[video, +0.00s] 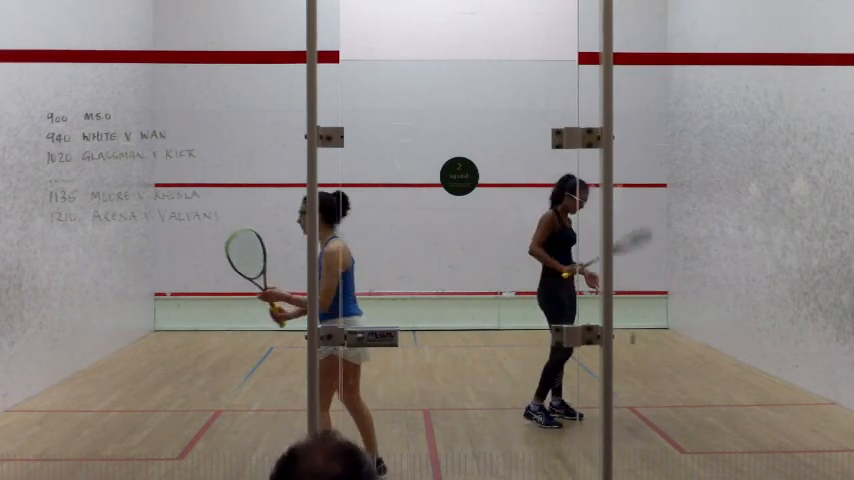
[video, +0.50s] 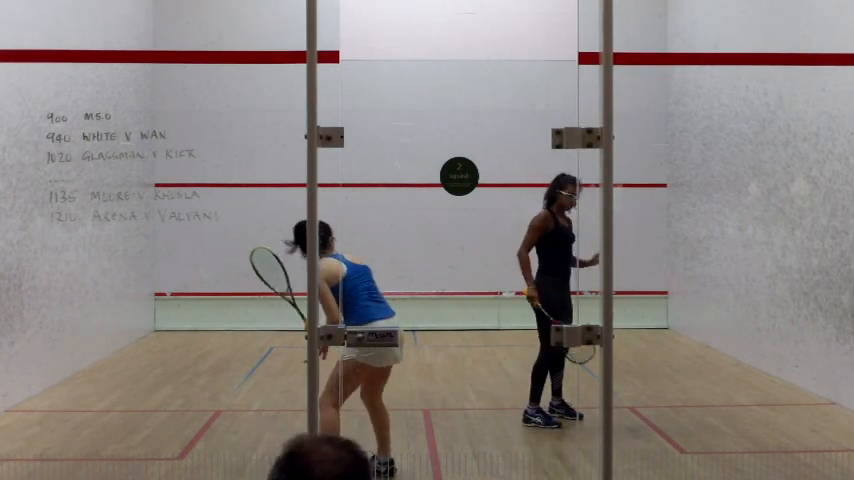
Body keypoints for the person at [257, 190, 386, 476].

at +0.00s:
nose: (299, 220)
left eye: (303, 214)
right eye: (300, 214)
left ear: (318, 217)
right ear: (327, 218)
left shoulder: (332, 251)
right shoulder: (335, 249)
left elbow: (322, 302)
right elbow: (319, 300)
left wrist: (283, 296)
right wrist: (289, 314)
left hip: (335, 334)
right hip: (351, 331)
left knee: (320, 403)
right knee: (351, 396)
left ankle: (325, 463)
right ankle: (374, 459)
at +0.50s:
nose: (304, 256)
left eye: (304, 250)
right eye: (334, 238)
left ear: (305, 248)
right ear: (332, 241)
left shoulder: (320, 270)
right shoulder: (354, 261)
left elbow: (334, 318)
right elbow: (355, 309)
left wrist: (324, 341)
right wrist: (327, 335)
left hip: (364, 340)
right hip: (391, 335)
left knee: (328, 402)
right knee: (373, 397)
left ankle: (329, 465)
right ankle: (384, 461)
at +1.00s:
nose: (335, 248)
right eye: (334, 245)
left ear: (304, 251)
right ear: (331, 247)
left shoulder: (309, 273)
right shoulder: (355, 267)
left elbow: (313, 319)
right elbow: (355, 313)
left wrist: (316, 346)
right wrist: (326, 344)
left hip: (353, 335)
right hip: (384, 332)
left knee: (318, 404)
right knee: (373, 397)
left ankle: (325, 464)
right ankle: (385, 461)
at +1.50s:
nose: (331, 246)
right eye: (329, 243)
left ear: (299, 250)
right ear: (326, 244)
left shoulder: (303, 273)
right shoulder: (349, 264)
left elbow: (308, 319)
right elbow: (350, 308)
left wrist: (307, 341)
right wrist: (314, 337)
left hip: (344, 335)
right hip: (378, 330)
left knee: (312, 404)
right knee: (371, 396)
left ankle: (324, 463)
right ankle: (382, 461)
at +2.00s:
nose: (330, 245)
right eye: (329, 242)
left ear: (300, 251)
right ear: (326, 244)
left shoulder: (306, 273)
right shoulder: (351, 262)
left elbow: (314, 320)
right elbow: (352, 312)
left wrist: (321, 354)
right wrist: (316, 342)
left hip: (352, 332)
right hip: (384, 328)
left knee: (322, 403)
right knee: (374, 395)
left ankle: (325, 463)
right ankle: (382, 461)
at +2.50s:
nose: (324, 245)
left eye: (321, 241)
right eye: (320, 242)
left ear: (294, 256)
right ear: (317, 247)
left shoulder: (300, 281)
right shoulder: (343, 267)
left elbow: (315, 327)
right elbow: (337, 317)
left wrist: (323, 355)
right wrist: (295, 344)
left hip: (350, 337)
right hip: (381, 331)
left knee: (313, 404)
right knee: (372, 396)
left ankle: (335, 462)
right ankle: (383, 461)